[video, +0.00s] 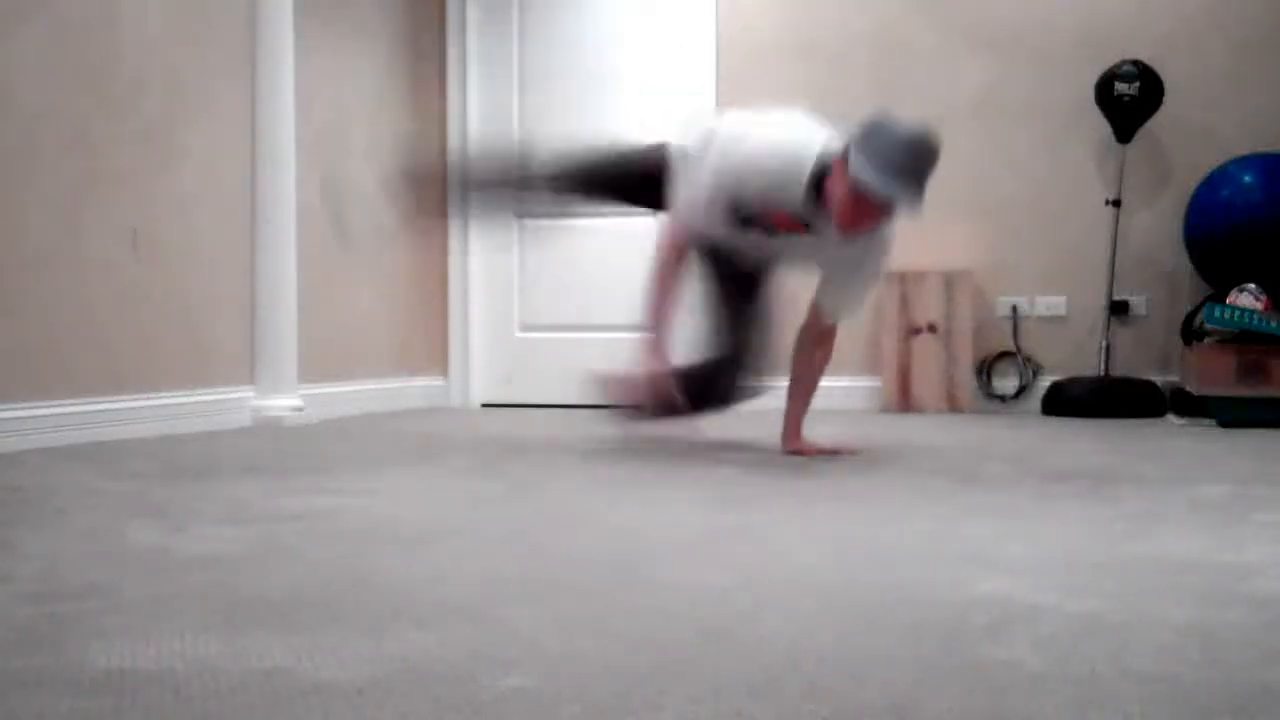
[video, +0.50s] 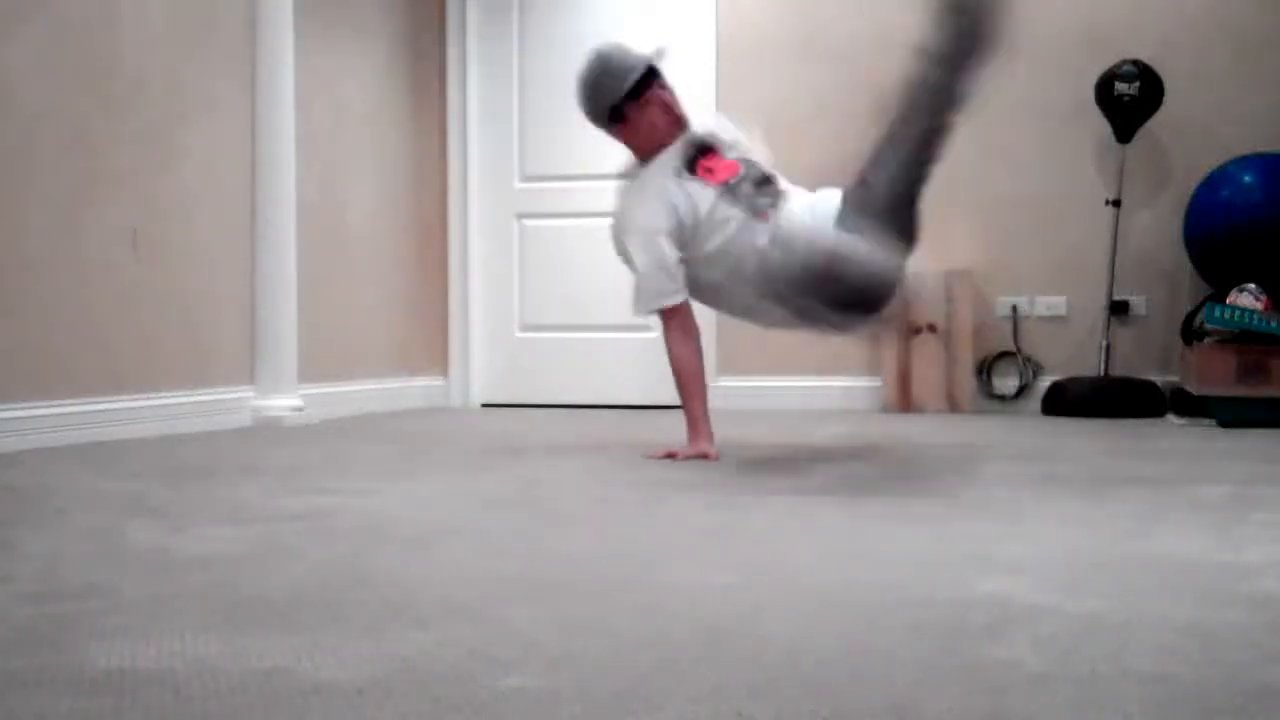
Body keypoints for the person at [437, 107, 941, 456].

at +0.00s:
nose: (865, 213)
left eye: (881, 207)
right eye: (862, 194)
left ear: (896, 207)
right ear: (840, 164)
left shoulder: (867, 243)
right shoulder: (758, 154)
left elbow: (820, 332)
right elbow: (672, 249)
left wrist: (793, 435)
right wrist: (658, 356)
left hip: (740, 248)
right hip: (690, 180)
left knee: (735, 375)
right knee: (555, 178)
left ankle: (626, 401)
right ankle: (442, 181)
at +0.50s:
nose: (666, 101)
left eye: (660, 86)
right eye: (645, 100)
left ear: (668, 85)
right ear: (619, 127)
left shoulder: (714, 132)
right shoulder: (642, 213)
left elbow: (777, 197)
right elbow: (677, 325)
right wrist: (700, 438)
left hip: (858, 227)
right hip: (840, 290)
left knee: (919, 122)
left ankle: (961, 36)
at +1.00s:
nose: (1043, 206)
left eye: (1056, 201)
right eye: (1049, 185)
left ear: (1044, 204)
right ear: (1020, 153)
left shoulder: (966, 263)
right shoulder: (938, 135)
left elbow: (889, 335)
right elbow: (833, 165)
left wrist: (832, 435)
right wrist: (870, 250)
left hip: (752, 305)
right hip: (754, 216)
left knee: (696, 423)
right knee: (757, 135)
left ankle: (533, 394)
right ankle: (667, 141)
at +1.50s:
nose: (944, 136)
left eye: (944, 124)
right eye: (930, 129)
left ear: (945, 113)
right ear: (892, 131)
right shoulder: (846, 211)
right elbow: (873, 324)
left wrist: (1109, 92)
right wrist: (887, 440)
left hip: (948, 181)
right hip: (917, 261)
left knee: (1066, 84)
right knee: (1016, 354)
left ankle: (1170, 159)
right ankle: (1065, 408)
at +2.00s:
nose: (753, 178)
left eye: (745, 163)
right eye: (741, 174)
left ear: (766, 129)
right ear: (761, 150)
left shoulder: (821, 109)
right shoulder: (838, 186)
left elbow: (838, 54)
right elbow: (896, 268)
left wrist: (842, 38)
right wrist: (903, 376)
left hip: (1019, 111)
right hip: (1044, 120)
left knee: (892, 252)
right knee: (1033, 308)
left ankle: (937, 426)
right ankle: (1174, 397)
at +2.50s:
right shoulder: (641, 8)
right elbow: (644, 42)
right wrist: (678, 78)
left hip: (770, 116)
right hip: (687, 127)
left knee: (837, 265)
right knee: (603, 277)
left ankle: (894, 422)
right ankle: (607, 413)